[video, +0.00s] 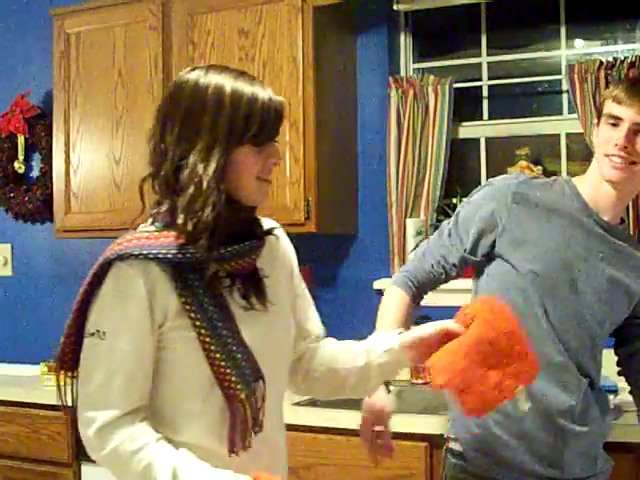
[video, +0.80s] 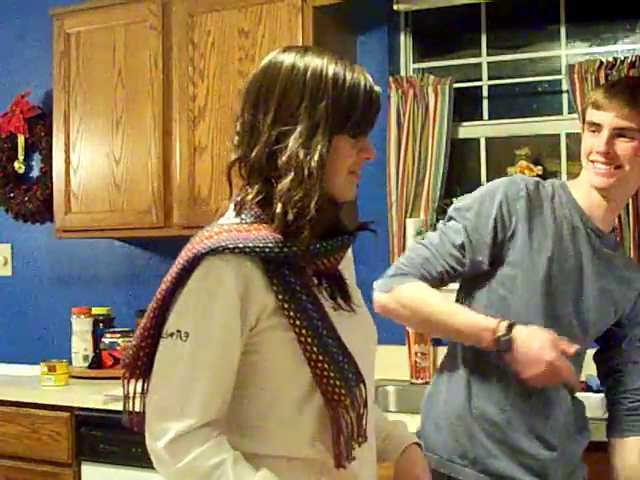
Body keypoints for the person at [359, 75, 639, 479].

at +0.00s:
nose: (624, 142)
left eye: (639, 131)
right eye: (614, 123)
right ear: (594, 129)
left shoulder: (632, 265)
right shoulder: (511, 199)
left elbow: (637, 374)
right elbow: (406, 284)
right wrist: (378, 384)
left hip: (579, 466)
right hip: (484, 459)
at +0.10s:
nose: (622, 139)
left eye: (637, 128)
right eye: (613, 121)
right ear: (590, 125)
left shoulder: (632, 261)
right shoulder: (509, 199)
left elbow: (635, 380)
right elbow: (408, 293)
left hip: (582, 462)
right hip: (490, 456)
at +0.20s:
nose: (618, 142)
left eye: (636, 130)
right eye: (607, 122)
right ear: (584, 123)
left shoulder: (633, 260)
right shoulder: (506, 204)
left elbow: (637, 381)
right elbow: (419, 315)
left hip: (586, 467)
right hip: (491, 460)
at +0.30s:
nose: (622, 147)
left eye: (638, 135)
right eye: (611, 126)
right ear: (581, 125)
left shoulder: (630, 255)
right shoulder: (507, 202)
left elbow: (630, 365)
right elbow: (440, 322)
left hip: (587, 463)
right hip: (493, 459)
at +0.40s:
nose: (630, 149)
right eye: (617, 129)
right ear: (581, 127)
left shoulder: (624, 255)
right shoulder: (511, 200)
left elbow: (635, 375)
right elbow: (446, 331)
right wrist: (564, 283)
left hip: (588, 459)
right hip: (498, 456)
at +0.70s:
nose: (611, 148)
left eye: (629, 135)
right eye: (600, 129)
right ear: (582, 132)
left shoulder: (627, 281)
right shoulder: (516, 201)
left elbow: (625, 426)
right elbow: (412, 311)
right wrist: (540, 320)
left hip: (570, 467)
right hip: (475, 461)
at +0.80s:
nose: (603, 147)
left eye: (624, 136)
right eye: (595, 129)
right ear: (582, 132)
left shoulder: (627, 281)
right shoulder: (513, 201)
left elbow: (628, 413)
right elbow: (392, 291)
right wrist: (506, 337)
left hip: (558, 466)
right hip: (464, 459)